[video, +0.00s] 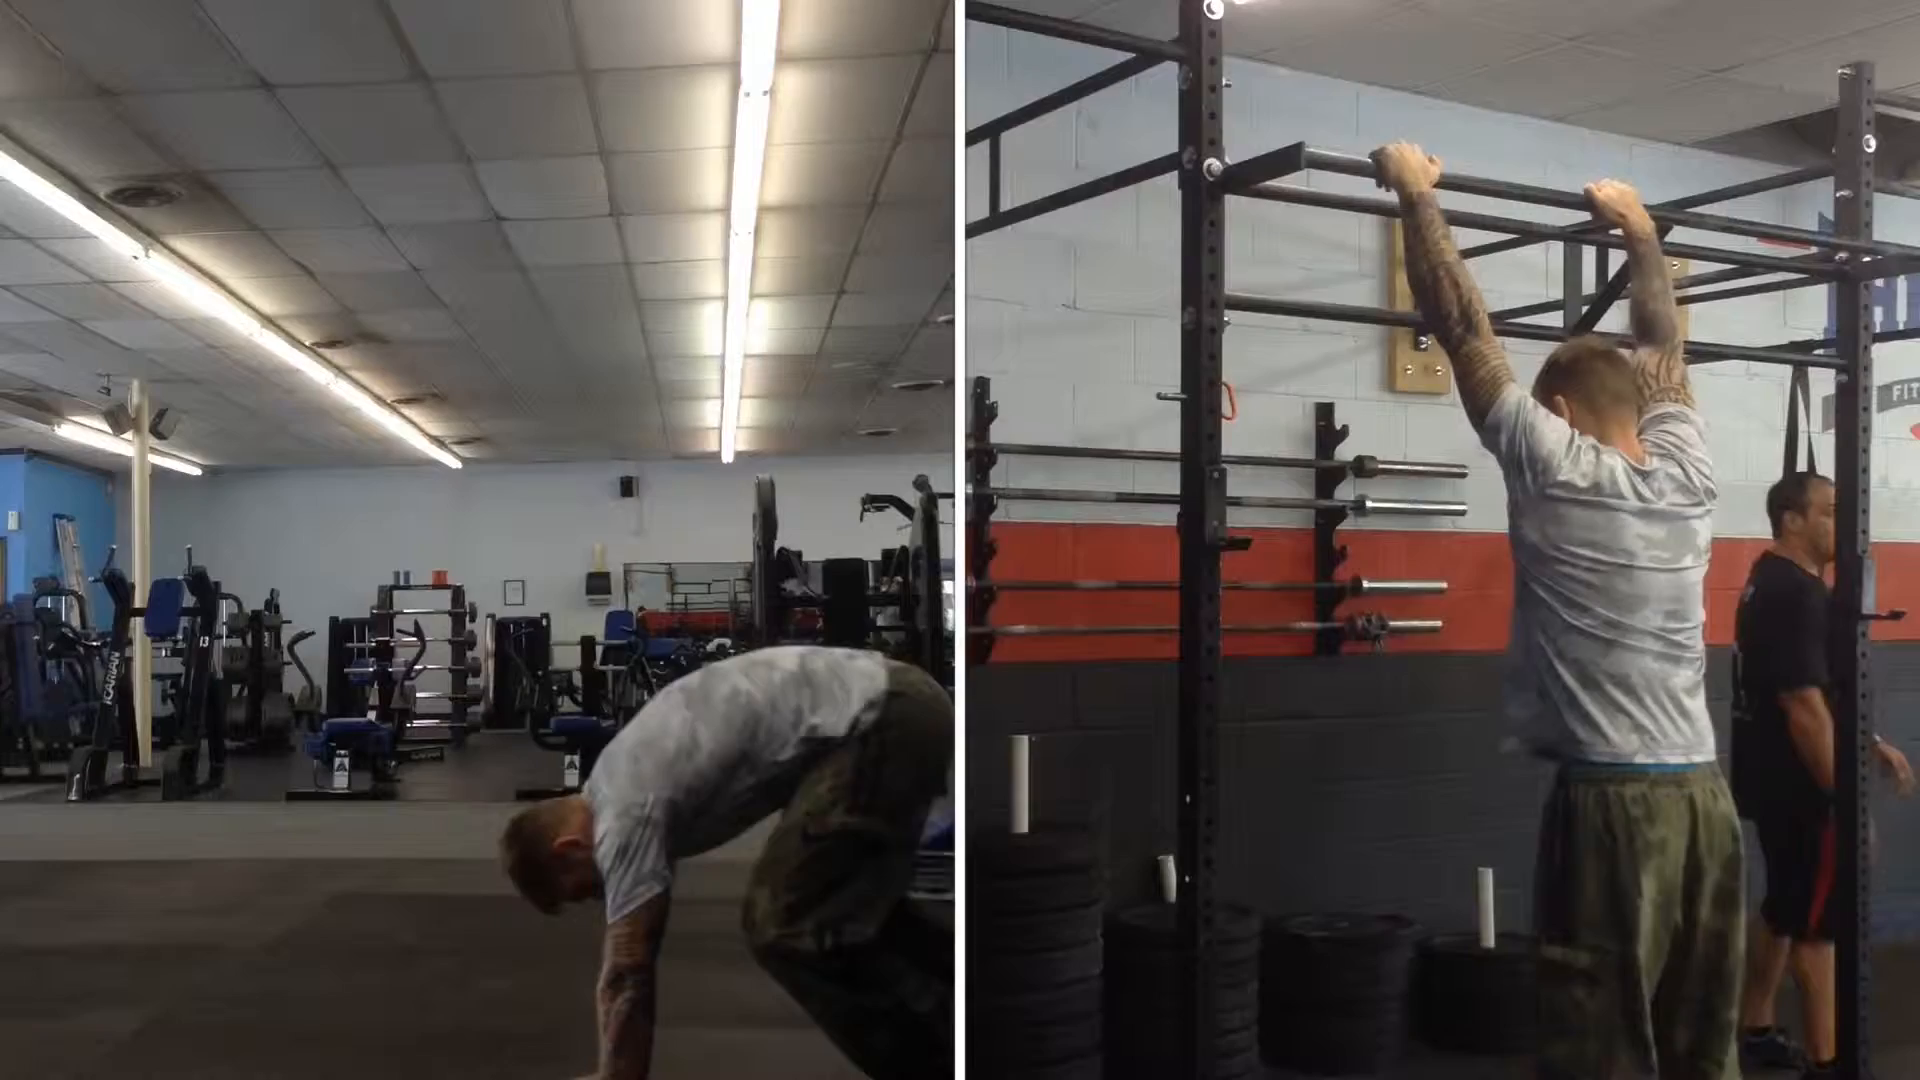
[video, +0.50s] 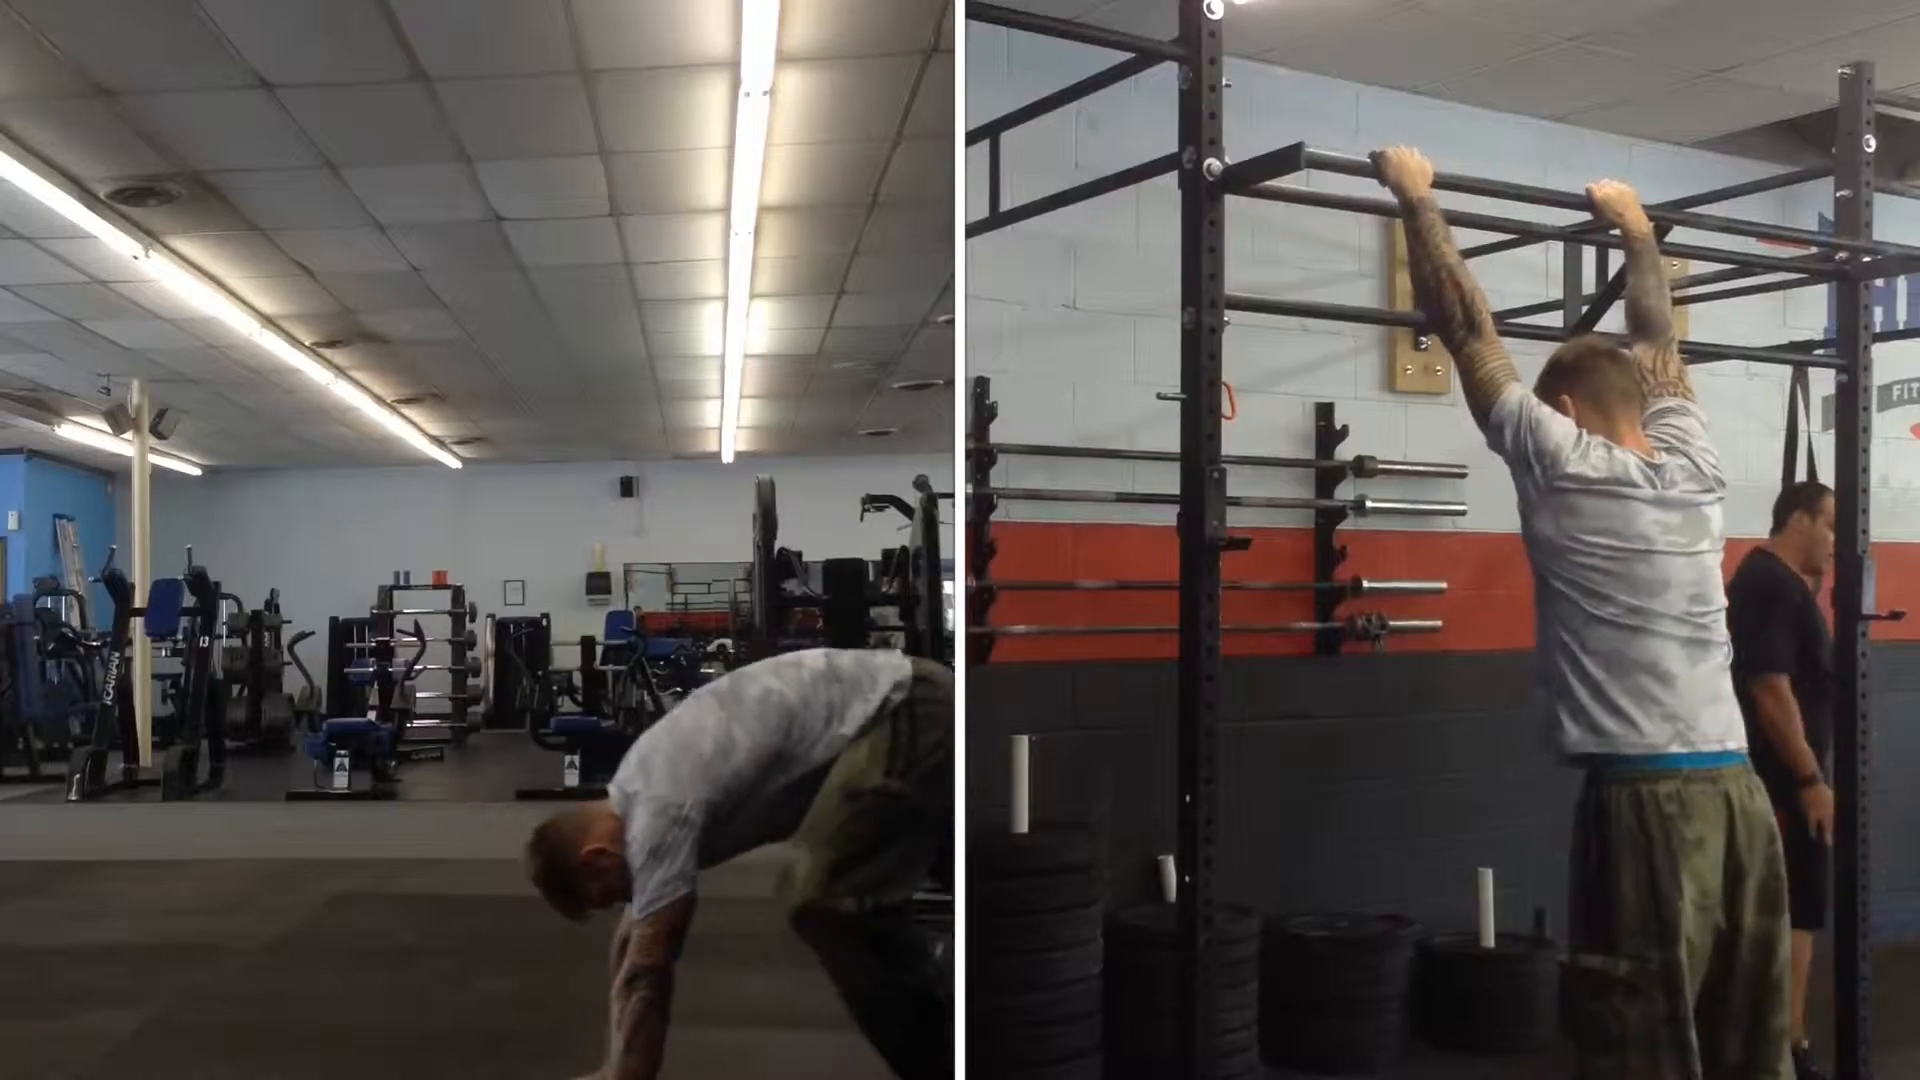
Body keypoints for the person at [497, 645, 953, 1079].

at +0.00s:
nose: (598, 897)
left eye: (583, 890)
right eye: (585, 897)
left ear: (574, 848)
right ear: (576, 832)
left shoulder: (627, 808)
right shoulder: (620, 788)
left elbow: (626, 981)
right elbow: (630, 970)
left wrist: (616, 1072)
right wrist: (612, 1067)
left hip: (883, 718)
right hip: (888, 704)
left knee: (785, 926)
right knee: (835, 909)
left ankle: (921, 1055)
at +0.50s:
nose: (620, 905)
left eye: (606, 897)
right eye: (606, 906)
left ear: (600, 858)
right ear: (601, 844)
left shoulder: (660, 806)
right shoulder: (639, 797)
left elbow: (650, 970)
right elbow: (633, 947)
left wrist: (627, 1068)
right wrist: (616, 1060)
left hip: (908, 709)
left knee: (823, 903)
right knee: (816, 899)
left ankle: (928, 1056)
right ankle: (929, 1049)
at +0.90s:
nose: (645, 915)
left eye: (635, 913)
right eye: (635, 921)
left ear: (629, 871)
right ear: (630, 857)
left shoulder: (685, 815)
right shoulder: (667, 815)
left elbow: (659, 987)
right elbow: (646, 965)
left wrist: (627, 1074)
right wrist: (617, 1067)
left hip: (933, 715)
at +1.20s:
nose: (650, 919)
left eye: (638, 917)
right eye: (638, 925)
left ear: (633, 879)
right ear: (634, 862)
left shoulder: (687, 823)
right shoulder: (672, 809)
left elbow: (659, 991)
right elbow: (648, 963)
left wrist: (626, 1074)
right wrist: (613, 1065)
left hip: (945, 719)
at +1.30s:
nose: (647, 923)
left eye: (636, 919)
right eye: (636, 927)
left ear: (632, 879)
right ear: (633, 861)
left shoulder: (685, 820)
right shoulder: (674, 806)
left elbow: (657, 991)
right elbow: (649, 971)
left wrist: (626, 1073)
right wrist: (615, 1067)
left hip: (952, 728)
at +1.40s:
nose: (649, 926)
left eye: (639, 921)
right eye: (639, 927)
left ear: (636, 879)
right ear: (638, 861)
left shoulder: (691, 817)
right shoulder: (680, 815)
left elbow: (661, 991)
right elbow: (654, 978)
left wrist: (628, 1071)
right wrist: (621, 1069)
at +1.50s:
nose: (666, 922)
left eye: (654, 917)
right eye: (652, 926)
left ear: (649, 874)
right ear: (650, 861)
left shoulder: (707, 826)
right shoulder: (692, 814)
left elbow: (672, 995)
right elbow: (657, 956)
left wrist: (632, 1071)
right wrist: (621, 1066)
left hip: (961, 756)